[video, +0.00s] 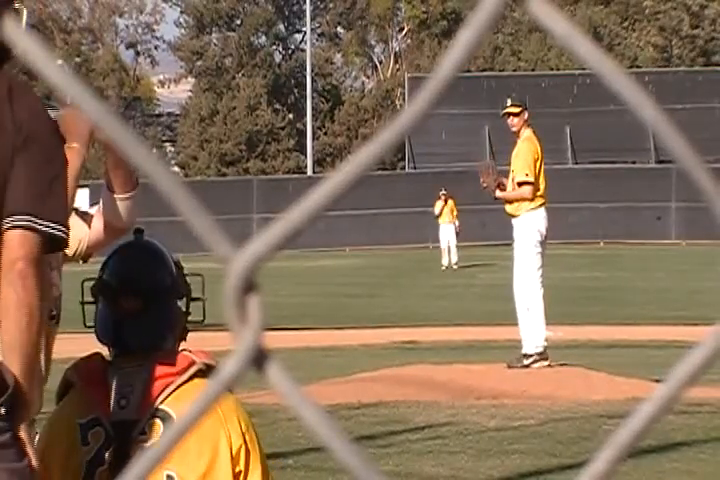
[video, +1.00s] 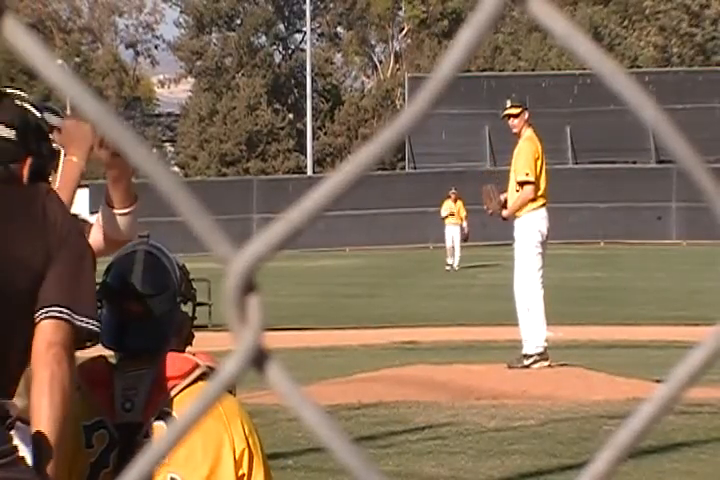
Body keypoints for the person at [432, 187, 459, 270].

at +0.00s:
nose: (443, 196)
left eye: (445, 194)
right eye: (442, 195)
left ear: (447, 195)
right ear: (440, 195)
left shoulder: (450, 202)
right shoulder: (438, 202)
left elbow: (454, 212)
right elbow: (436, 212)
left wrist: (456, 223)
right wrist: (442, 203)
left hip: (451, 223)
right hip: (442, 224)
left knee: (453, 243)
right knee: (443, 244)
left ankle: (454, 262)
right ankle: (444, 263)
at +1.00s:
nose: (453, 196)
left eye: (454, 194)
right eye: (452, 194)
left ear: (456, 195)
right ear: (449, 194)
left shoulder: (459, 203)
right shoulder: (446, 203)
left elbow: (463, 214)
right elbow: (442, 214)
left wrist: (465, 226)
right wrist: (448, 212)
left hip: (457, 224)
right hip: (449, 224)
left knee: (457, 244)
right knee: (449, 244)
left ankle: (456, 263)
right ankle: (449, 261)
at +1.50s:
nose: (445, 196)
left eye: (447, 194)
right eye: (444, 194)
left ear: (449, 195)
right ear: (442, 195)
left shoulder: (454, 203)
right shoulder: (441, 205)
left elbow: (458, 215)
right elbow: (439, 218)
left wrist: (458, 225)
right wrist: (437, 229)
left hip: (453, 225)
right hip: (445, 225)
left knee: (453, 244)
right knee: (445, 245)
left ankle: (456, 262)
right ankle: (447, 263)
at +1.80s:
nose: (441, 195)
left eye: (443, 193)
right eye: (440, 193)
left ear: (445, 194)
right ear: (438, 194)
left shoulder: (450, 203)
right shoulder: (437, 204)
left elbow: (454, 213)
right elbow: (435, 216)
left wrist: (454, 225)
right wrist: (435, 227)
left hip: (450, 224)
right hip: (442, 224)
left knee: (452, 243)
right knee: (443, 244)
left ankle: (455, 261)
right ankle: (446, 263)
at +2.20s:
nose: (440, 195)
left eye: (441, 193)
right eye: (438, 193)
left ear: (444, 195)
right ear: (437, 194)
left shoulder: (448, 203)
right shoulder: (435, 204)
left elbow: (452, 217)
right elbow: (432, 217)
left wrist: (448, 229)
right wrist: (430, 228)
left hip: (446, 225)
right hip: (438, 225)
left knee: (444, 244)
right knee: (439, 244)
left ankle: (444, 263)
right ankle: (444, 260)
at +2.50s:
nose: (437, 195)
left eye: (439, 193)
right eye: (436, 193)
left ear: (441, 195)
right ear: (434, 194)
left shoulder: (444, 203)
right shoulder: (433, 204)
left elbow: (449, 214)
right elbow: (431, 216)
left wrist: (445, 227)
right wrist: (427, 228)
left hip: (443, 226)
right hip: (435, 226)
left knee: (443, 246)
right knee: (431, 244)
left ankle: (444, 265)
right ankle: (432, 261)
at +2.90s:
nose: (426, 204)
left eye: (427, 202)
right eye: (425, 203)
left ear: (430, 202)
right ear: (424, 203)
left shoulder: (437, 209)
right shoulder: (424, 210)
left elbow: (444, 222)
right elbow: (425, 222)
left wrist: (441, 229)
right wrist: (426, 231)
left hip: (439, 229)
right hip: (431, 230)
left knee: (442, 248)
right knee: (428, 248)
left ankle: (448, 262)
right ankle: (425, 266)